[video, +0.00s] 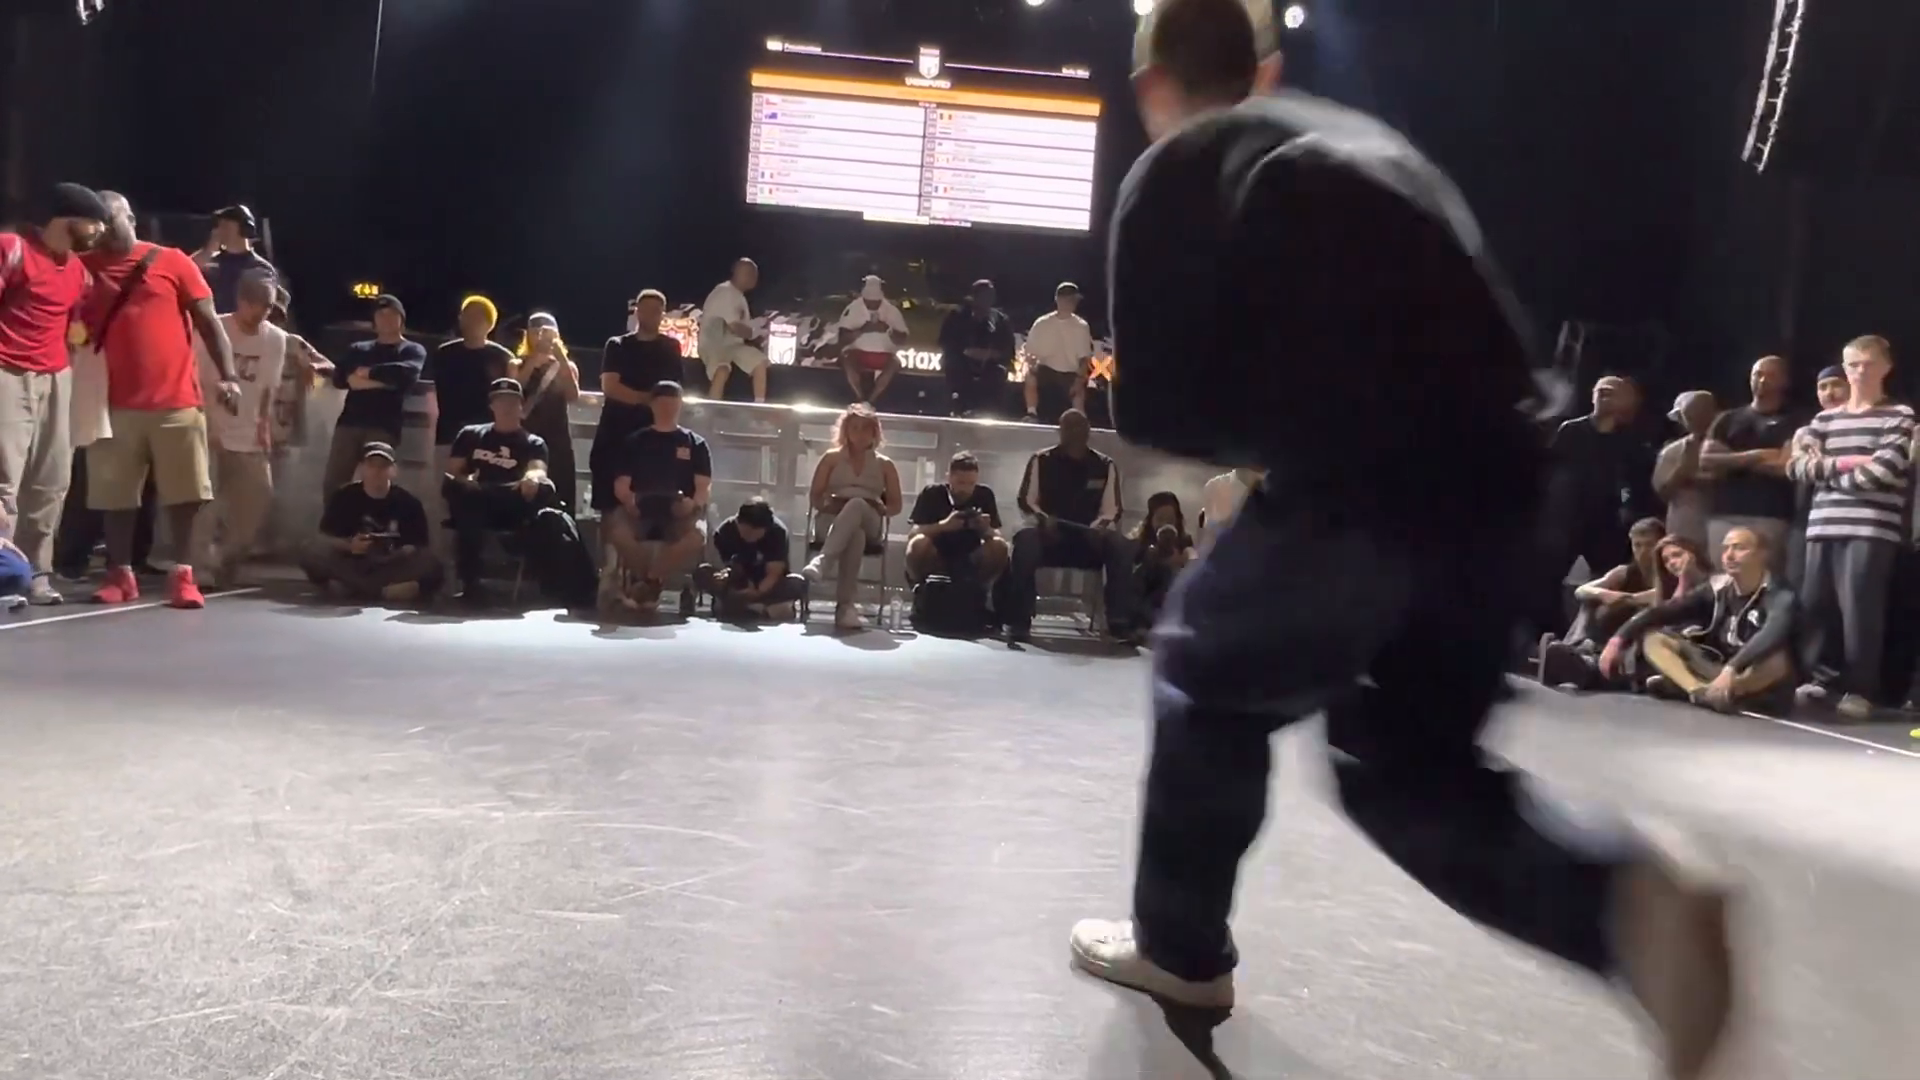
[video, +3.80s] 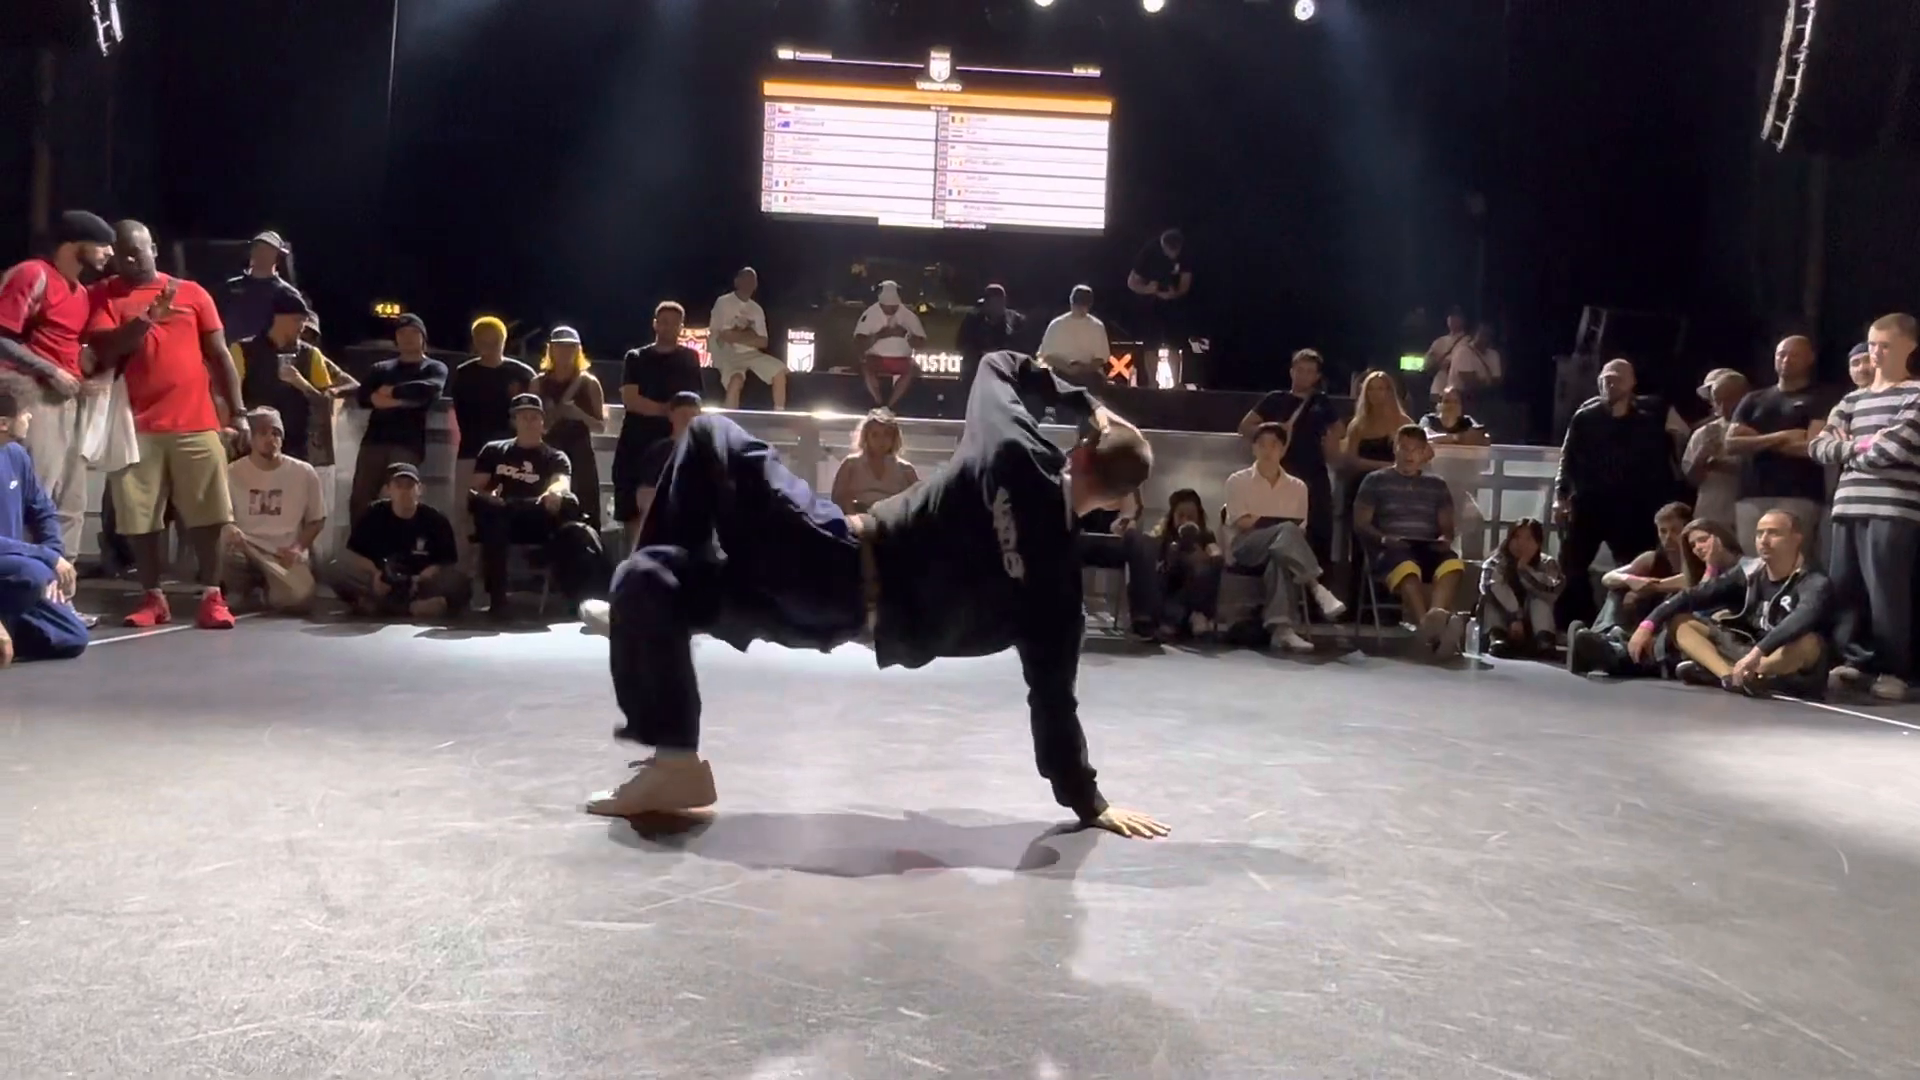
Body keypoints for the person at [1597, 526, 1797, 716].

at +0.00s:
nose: (1729, 555)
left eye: (1739, 548)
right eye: (1726, 548)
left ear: (1761, 554)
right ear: (1721, 554)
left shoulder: (1780, 595)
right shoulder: (1718, 588)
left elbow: (1775, 634)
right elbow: (1667, 612)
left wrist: (1731, 667)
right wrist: (1619, 640)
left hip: (1756, 674)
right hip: (1715, 666)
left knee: (1779, 661)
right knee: (1653, 640)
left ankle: (1697, 693)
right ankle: (1698, 691)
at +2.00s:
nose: (1734, 539)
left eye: (1743, 533)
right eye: (1730, 534)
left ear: (1766, 537)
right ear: (1725, 539)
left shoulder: (1786, 581)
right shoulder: (1723, 571)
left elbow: (1774, 618)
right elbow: (1671, 596)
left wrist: (1732, 650)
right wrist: (1623, 626)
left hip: (1767, 665)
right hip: (1723, 651)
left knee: (1781, 642)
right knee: (1658, 627)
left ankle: (1706, 677)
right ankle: (1705, 676)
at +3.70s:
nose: (1761, 542)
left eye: (1771, 535)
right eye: (1758, 535)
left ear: (1794, 539)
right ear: (1753, 539)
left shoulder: (1814, 582)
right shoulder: (1748, 574)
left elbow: (1803, 618)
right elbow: (1692, 597)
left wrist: (1758, 650)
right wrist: (1647, 626)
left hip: (1793, 667)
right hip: (1749, 653)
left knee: (1808, 644)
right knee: (1682, 628)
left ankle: (1726, 678)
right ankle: (1729, 677)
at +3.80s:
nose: (1763, 540)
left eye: (1773, 534)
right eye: (1760, 534)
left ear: (1796, 539)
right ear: (1754, 538)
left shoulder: (1814, 582)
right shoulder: (1749, 573)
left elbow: (1806, 617)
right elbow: (1694, 596)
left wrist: (1758, 651)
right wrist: (1649, 625)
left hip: (1794, 668)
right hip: (1750, 652)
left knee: (1809, 643)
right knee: (1682, 626)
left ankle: (1728, 678)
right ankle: (1732, 677)